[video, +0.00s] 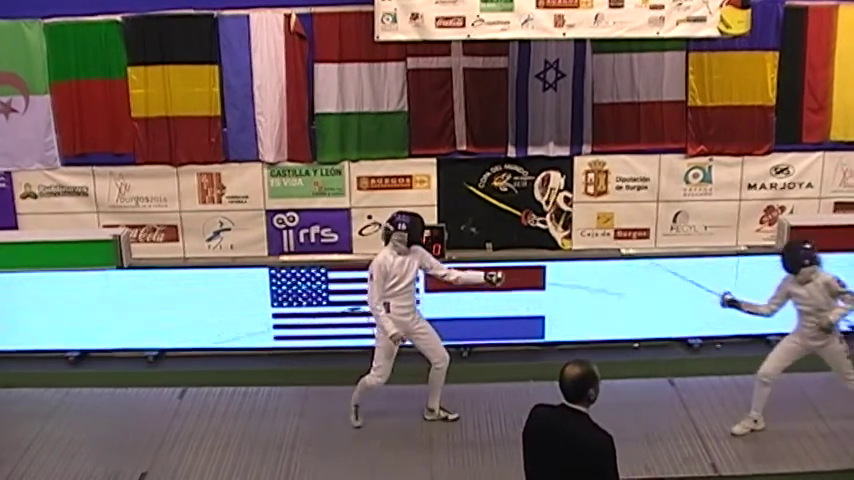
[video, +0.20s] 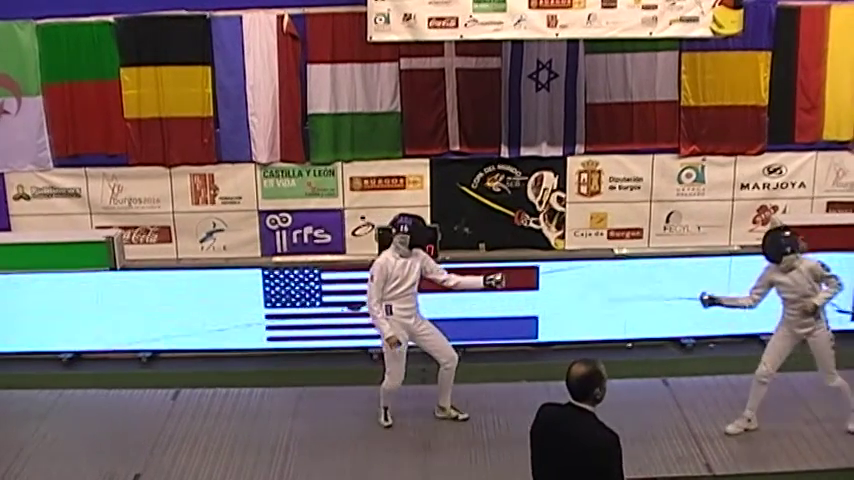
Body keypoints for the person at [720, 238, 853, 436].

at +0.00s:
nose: (808, 274)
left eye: (810, 269)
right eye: (803, 270)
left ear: (812, 265)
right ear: (794, 269)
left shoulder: (826, 280)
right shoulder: (789, 284)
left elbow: (849, 299)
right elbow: (769, 310)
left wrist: (833, 318)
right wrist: (737, 304)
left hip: (829, 340)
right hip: (800, 338)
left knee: (850, 380)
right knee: (765, 374)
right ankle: (755, 418)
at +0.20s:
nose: (782, 264)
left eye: (784, 259)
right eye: (778, 261)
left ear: (792, 252)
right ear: (774, 258)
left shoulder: (810, 266)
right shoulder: (771, 273)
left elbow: (835, 284)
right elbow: (750, 301)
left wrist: (817, 301)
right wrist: (717, 301)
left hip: (816, 328)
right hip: (788, 328)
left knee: (831, 380)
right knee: (763, 373)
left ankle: (853, 414)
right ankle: (748, 417)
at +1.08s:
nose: (797, 259)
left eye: (799, 253)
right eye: (796, 255)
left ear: (805, 248)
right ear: (792, 254)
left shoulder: (827, 261)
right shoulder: (789, 267)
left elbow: (850, 275)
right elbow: (776, 296)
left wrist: (843, 296)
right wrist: (744, 301)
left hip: (829, 323)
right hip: (801, 322)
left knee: (835, 371)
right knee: (776, 366)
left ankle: (843, 411)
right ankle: (774, 410)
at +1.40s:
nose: (788, 254)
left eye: (788, 249)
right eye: (783, 251)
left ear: (787, 248)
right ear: (773, 254)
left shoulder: (805, 261)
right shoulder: (769, 269)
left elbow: (834, 276)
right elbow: (756, 296)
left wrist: (817, 296)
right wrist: (725, 299)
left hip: (808, 322)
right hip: (781, 321)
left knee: (816, 367)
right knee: (751, 363)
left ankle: (824, 409)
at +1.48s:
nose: (770, 262)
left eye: (772, 257)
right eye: (767, 258)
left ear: (777, 252)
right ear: (760, 257)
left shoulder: (794, 264)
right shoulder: (757, 271)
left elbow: (822, 281)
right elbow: (741, 298)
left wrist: (806, 298)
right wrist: (709, 298)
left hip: (799, 324)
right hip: (772, 323)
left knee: (811, 367)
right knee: (740, 364)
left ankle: (821, 410)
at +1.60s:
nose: (746, 270)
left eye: (748, 264)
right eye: (743, 266)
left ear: (756, 259)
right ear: (738, 265)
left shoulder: (772, 271)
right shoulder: (735, 278)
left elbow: (803, 286)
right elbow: (713, 302)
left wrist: (783, 307)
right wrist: (680, 303)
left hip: (779, 330)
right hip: (751, 330)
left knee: (797, 370)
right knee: (717, 370)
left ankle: (815, 410)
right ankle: (698, 414)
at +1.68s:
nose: (730, 268)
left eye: (731, 263)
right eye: (727, 264)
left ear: (736, 259)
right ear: (723, 264)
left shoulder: (755, 271)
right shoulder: (719, 278)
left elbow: (784, 285)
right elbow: (697, 301)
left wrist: (767, 305)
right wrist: (664, 302)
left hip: (763, 330)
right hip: (735, 329)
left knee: (785, 373)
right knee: (703, 370)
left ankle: (810, 406)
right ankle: (693, 418)